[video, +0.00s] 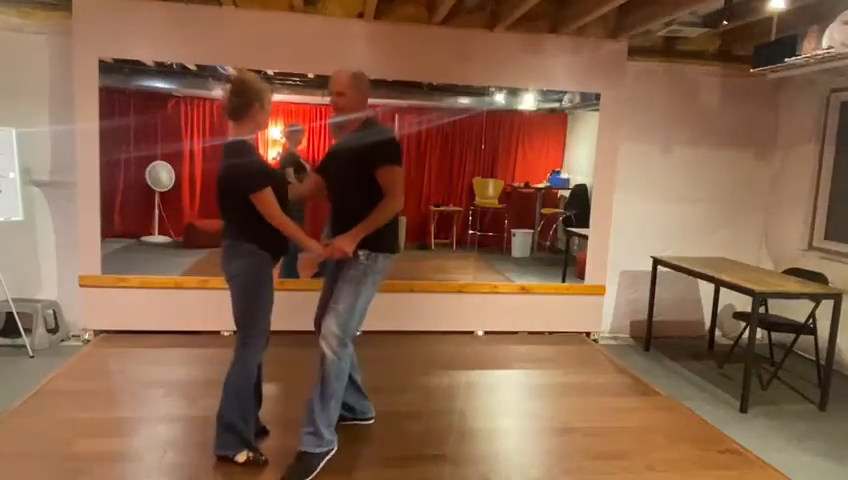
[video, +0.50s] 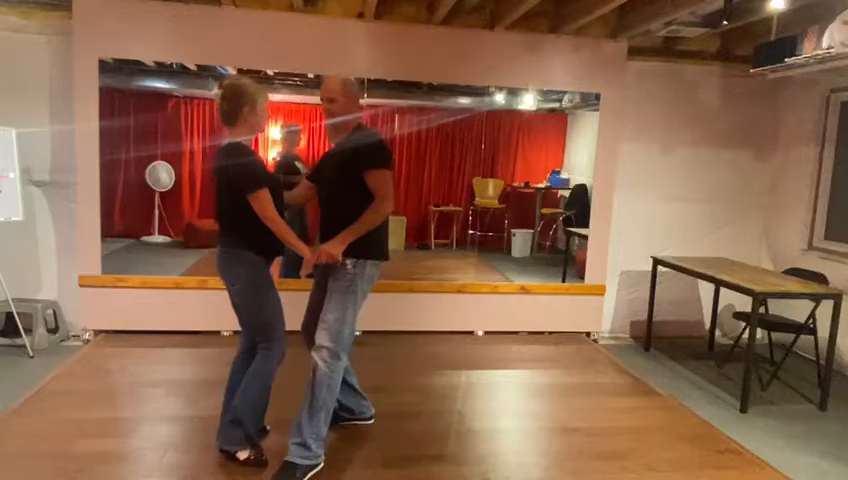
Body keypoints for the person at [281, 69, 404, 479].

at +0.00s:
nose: (333, 100)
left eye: (340, 94)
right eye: (332, 94)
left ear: (363, 96)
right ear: (336, 98)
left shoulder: (380, 137)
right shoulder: (341, 143)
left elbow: (396, 198)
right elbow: (311, 188)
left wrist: (352, 237)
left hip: (372, 250)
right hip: (342, 248)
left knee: (334, 334)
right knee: (330, 326)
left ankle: (318, 441)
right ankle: (355, 405)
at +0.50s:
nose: (324, 106)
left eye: (331, 100)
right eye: (323, 100)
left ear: (355, 103)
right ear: (328, 103)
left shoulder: (369, 144)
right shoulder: (333, 152)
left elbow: (386, 204)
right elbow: (297, 195)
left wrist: (341, 241)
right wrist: (254, 190)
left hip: (358, 260)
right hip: (332, 257)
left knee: (328, 347)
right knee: (315, 333)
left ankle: (306, 452)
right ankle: (353, 404)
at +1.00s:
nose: (307, 102)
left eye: (314, 95)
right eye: (306, 95)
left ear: (336, 96)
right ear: (322, 97)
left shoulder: (352, 136)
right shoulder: (330, 140)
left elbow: (375, 195)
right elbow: (299, 193)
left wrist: (335, 240)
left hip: (348, 256)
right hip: (332, 254)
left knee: (326, 350)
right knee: (323, 333)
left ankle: (312, 459)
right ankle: (354, 405)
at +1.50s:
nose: (298, 92)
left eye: (304, 82)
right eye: (296, 84)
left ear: (330, 82)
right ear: (321, 84)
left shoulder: (344, 125)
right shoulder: (328, 126)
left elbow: (374, 184)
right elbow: (325, 186)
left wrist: (340, 243)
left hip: (340, 257)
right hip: (331, 254)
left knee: (324, 355)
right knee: (340, 338)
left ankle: (317, 464)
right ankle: (353, 408)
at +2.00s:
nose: (301, 86)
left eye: (308, 76)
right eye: (298, 78)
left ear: (335, 76)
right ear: (315, 80)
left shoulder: (354, 127)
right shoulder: (325, 127)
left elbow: (390, 199)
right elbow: (320, 190)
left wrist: (348, 257)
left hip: (336, 262)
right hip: (321, 256)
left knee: (313, 364)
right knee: (325, 343)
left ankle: (314, 465)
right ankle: (339, 418)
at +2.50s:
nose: (296, 92)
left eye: (300, 82)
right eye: (291, 86)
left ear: (326, 74)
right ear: (294, 88)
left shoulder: (359, 129)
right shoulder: (304, 131)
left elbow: (400, 201)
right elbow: (288, 186)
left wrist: (361, 256)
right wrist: (242, 182)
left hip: (340, 261)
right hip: (311, 256)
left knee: (316, 361)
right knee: (316, 346)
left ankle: (314, 465)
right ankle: (316, 417)